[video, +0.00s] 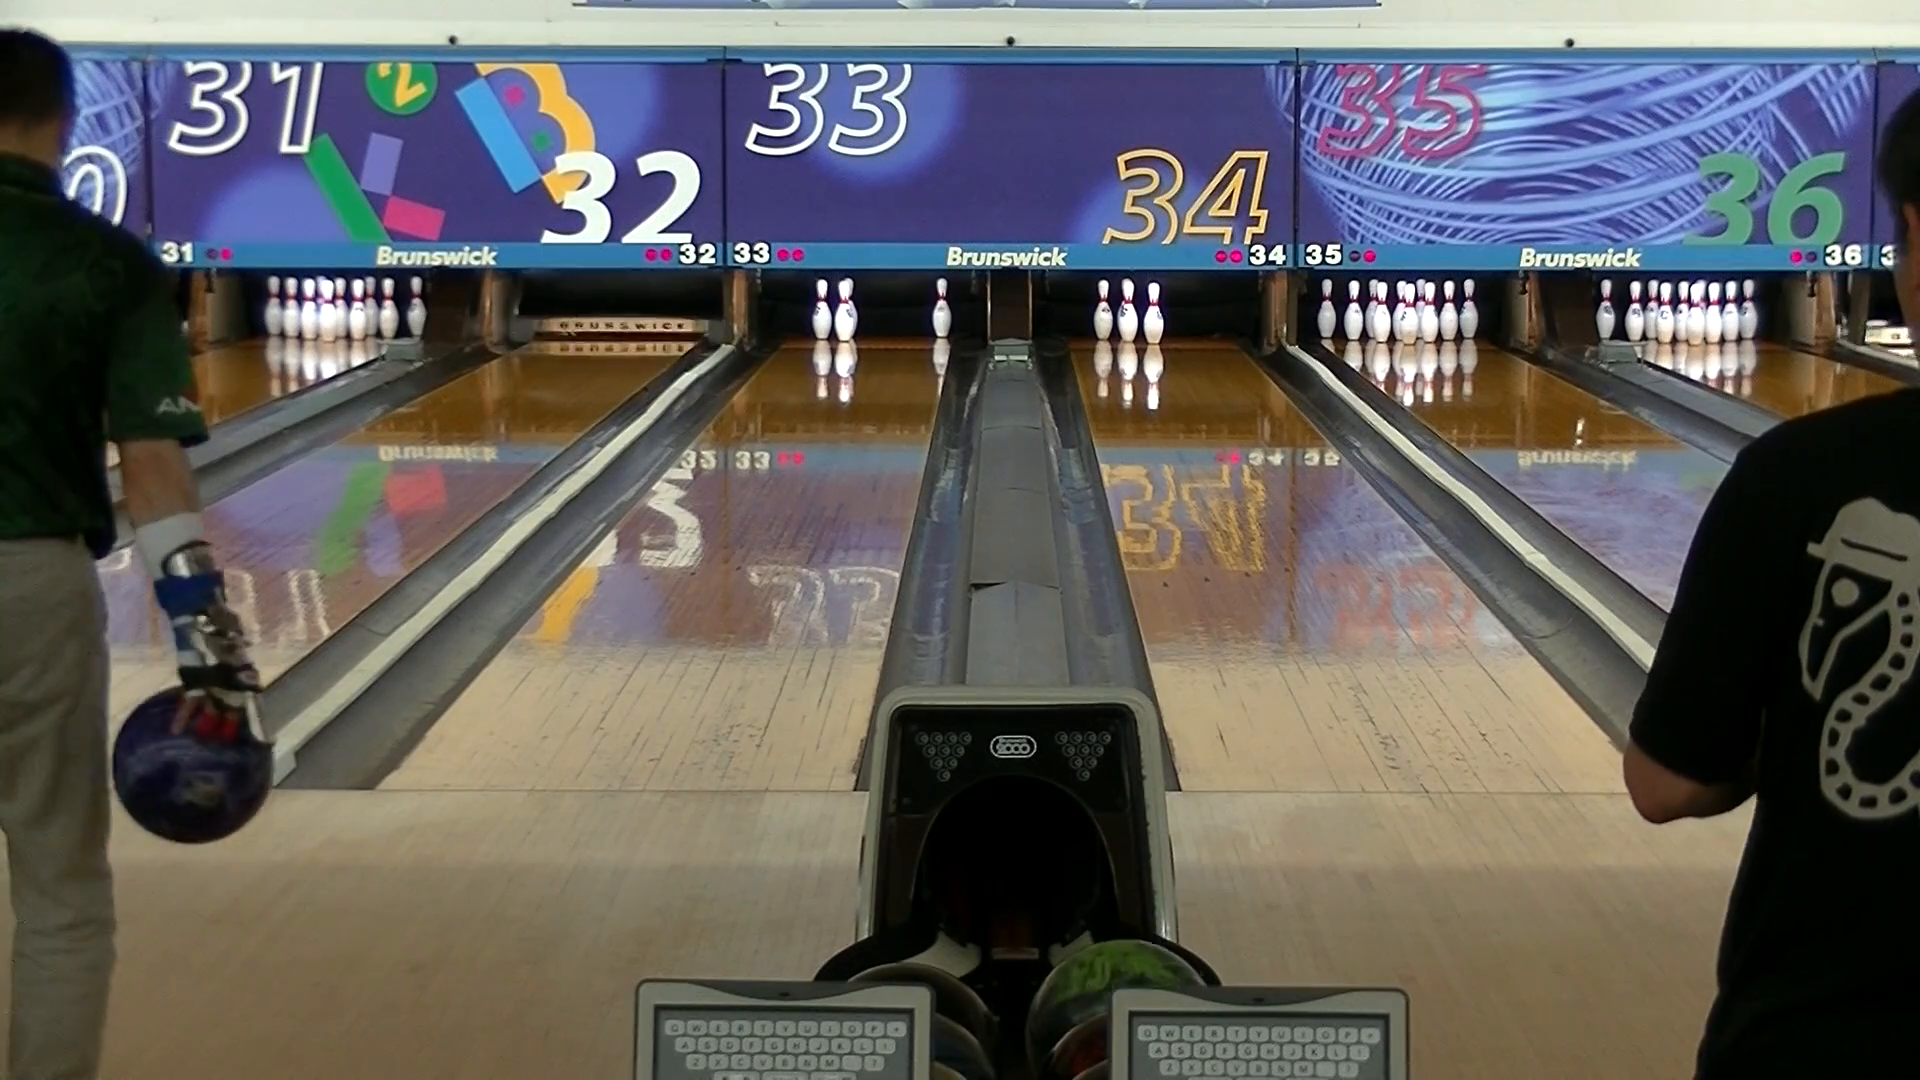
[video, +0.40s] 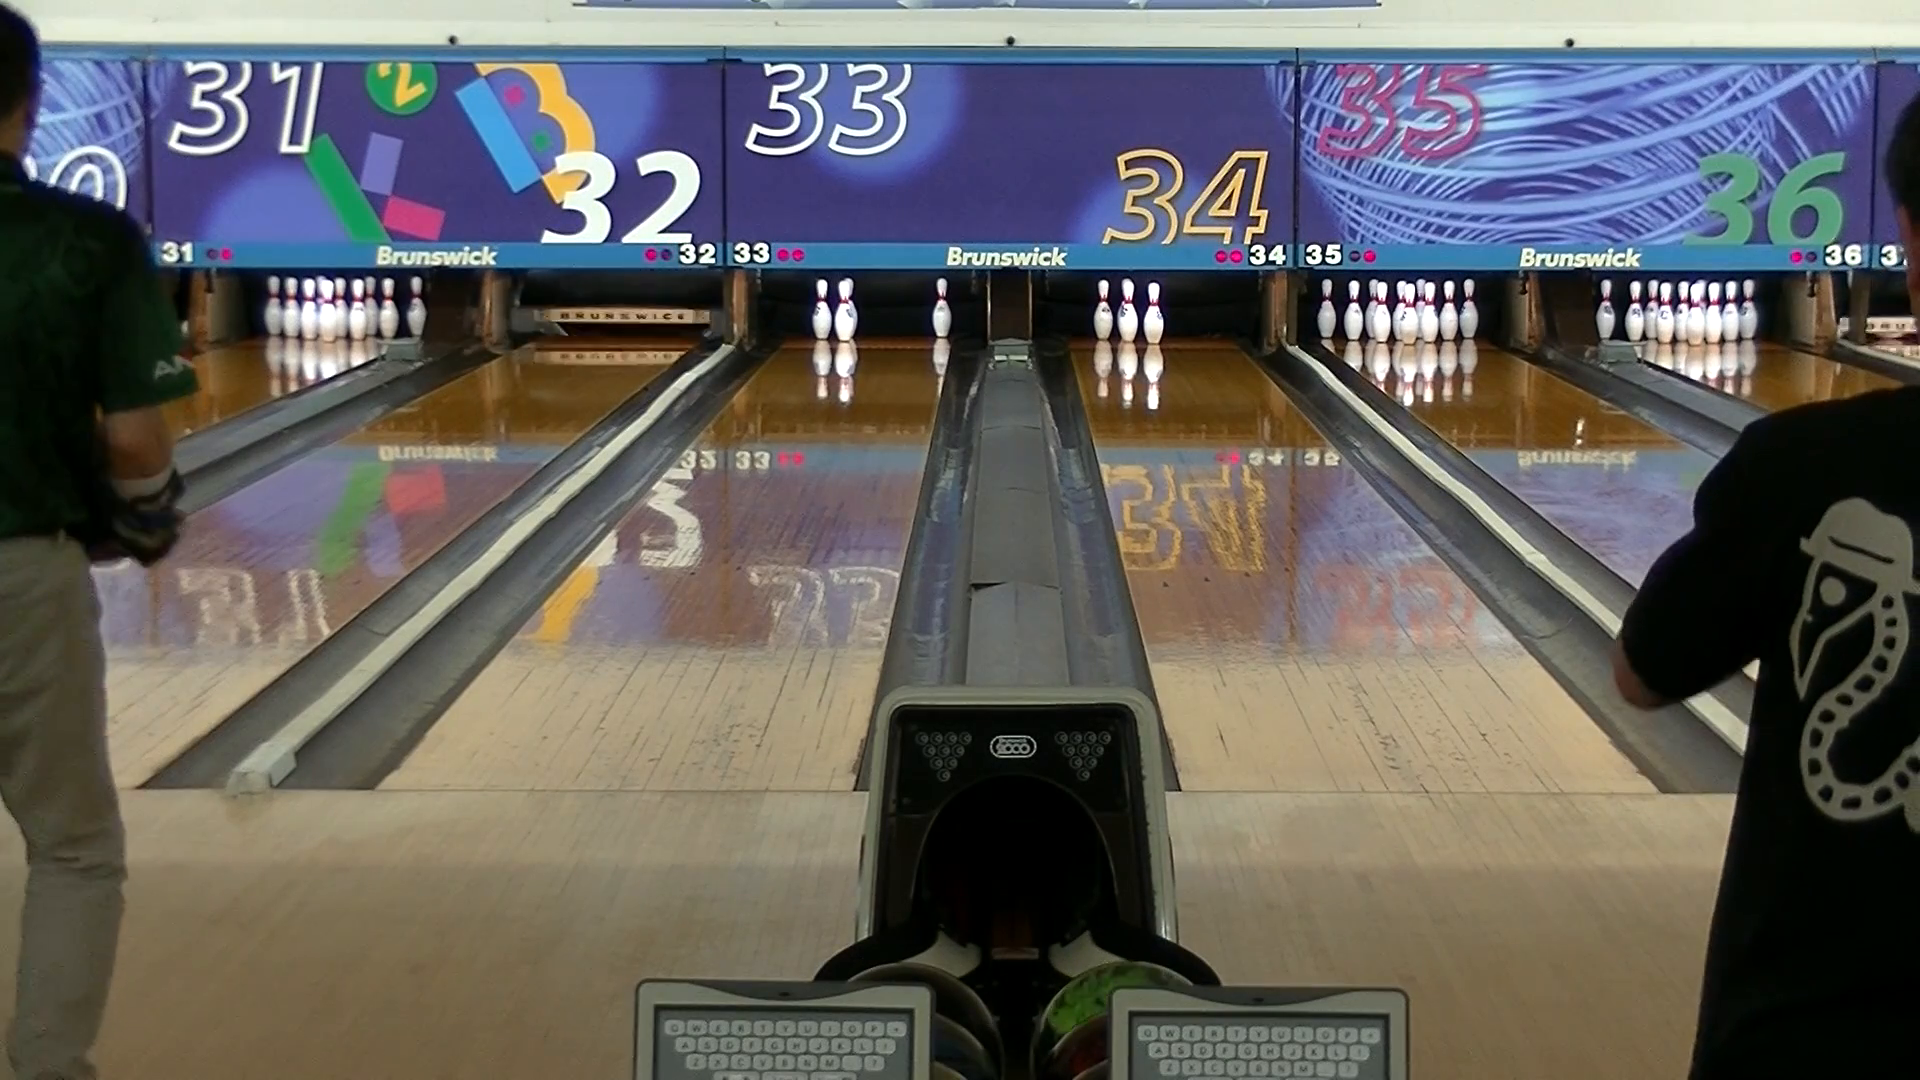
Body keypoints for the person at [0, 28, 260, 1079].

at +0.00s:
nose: (55, 138)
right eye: (61, 118)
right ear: (58, 122)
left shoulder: (100, 261)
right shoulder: (101, 260)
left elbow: (145, 457)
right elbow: (146, 456)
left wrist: (195, 616)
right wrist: (200, 617)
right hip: (29, 590)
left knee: (50, 884)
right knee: (55, 886)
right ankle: (49, 1067)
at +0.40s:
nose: (35, 110)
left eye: (26, 92)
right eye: (33, 92)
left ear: (10, 100)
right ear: (23, 102)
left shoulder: (78, 237)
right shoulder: (78, 238)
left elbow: (132, 446)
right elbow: (137, 448)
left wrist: (127, 478)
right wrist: (142, 493)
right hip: (23, 574)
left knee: (67, 842)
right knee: (71, 846)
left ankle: (43, 1057)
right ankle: (46, 1063)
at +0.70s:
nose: (45, 107)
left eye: (27, 91)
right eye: (48, 89)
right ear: (52, 103)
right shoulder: (110, 238)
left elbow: (156, 390)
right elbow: (157, 390)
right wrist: (51, 358)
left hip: (40, 569)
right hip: (50, 573)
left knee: (66, 860)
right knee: (67, 864)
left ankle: (56, 1065)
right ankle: (56, 1072)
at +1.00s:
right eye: (56, 80)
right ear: (70, 99)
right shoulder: (125, 232)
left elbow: (141, 347)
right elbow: (137, 351)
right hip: (75, 570)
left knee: (66, 858)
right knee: (83, 863)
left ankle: (48, 1061)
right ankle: (60, 1068)